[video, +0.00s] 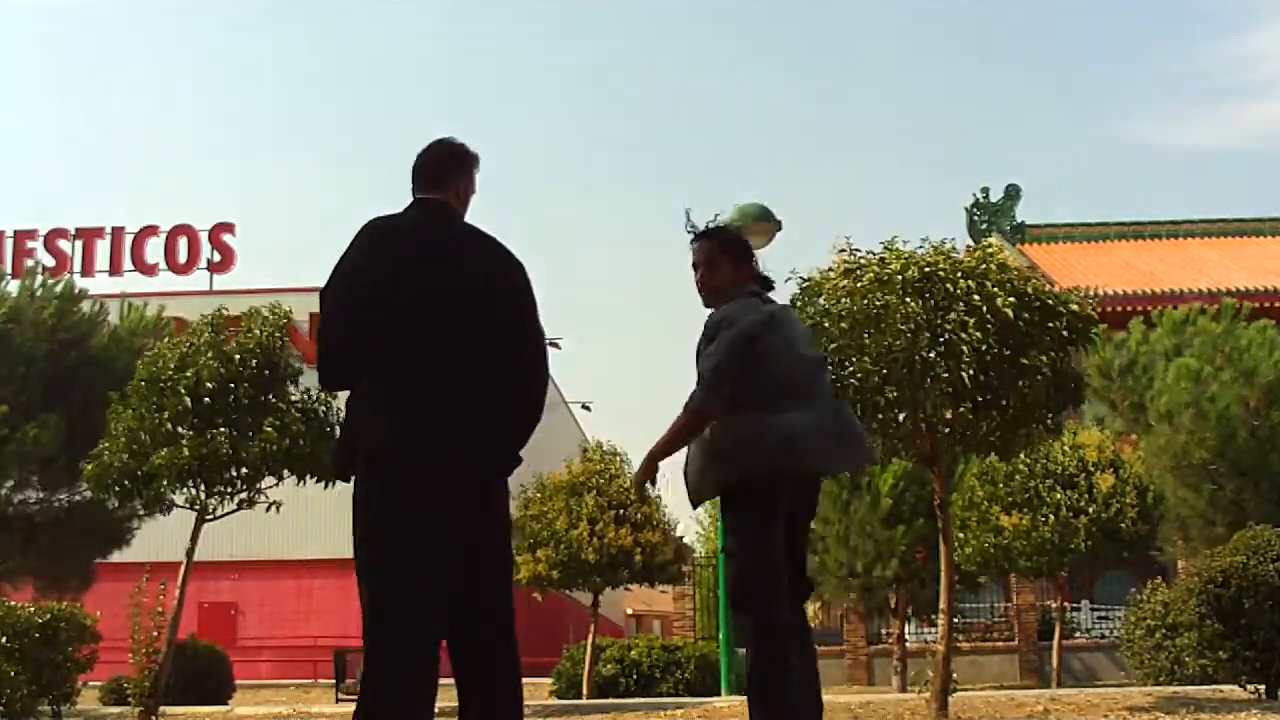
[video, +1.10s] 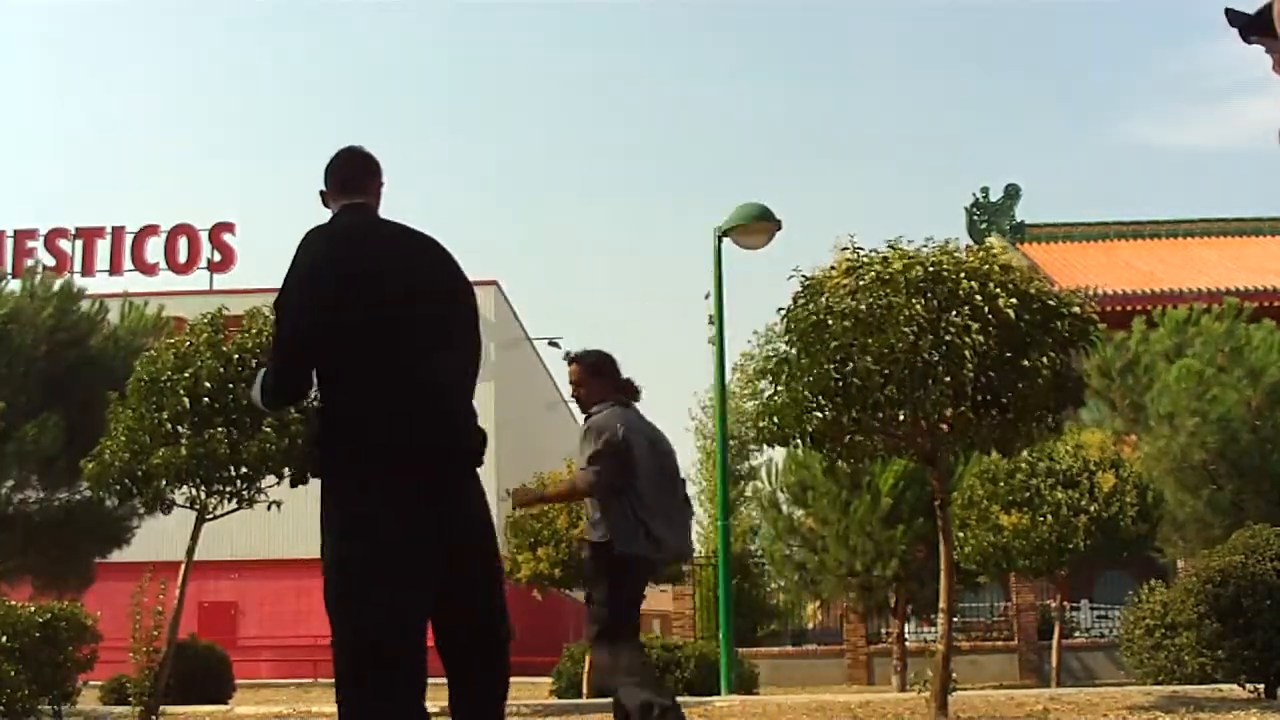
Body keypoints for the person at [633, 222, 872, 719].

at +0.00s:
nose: (697, 278)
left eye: (704, 267)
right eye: (694, 268)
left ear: (737, 267)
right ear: (742, 270)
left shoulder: (738, 322)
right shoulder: (778, 318)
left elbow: (703, 408)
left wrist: (652, 460)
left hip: (758, 479)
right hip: (792, 476)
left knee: (760, 605)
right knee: (781, 602)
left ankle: (776, 710)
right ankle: (799, 708)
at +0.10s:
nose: (699, 298)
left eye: (708, 287)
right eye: (695, 289)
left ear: (740, 287)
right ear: (695, 292)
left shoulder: (736, 341)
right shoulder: (756, 338)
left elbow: (703, 419)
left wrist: (650, 455)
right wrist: (662, 449)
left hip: (754, 486)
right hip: (773, 483)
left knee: (755, 605)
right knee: (761, 604)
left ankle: (779, 709)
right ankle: (781, 707)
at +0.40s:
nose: (689, 316)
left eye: (699, 307)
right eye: (683, 309)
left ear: (727, 310)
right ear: (680, 315)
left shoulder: (720, 353)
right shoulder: (708, 361)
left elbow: (730, 422)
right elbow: (688, 426)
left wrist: (718, 486)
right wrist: (646, 437)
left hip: (723, 494)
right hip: (752, 499)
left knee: (681, 597)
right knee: (751, 610)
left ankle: (717, 701)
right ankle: (759, 708)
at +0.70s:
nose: (635, 361)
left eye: (641, 350)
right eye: (633, 352)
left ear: (670, 350)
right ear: (672, 353)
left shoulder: (666, 394)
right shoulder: (692, 393)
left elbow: (691, 456)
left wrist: (712, 513)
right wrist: (632, 471)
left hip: (659, 528)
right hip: (691, 526)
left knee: (648, 628)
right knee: (702, 619)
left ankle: (661, 712)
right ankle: (744, 691)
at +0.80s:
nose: (617, 362)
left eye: (623, 353)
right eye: (615, 355)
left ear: (651, 352)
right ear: (656, 355)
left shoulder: (649, 396)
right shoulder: (682, 396)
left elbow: (654, 461)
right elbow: (702, 467)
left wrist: (643, 519)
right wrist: (688, 522)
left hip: (656, 526)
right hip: (686, 527)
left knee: (634, 623)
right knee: (675, 623)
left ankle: (656, 710)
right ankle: (712, 700)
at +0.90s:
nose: (605, 368)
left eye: (610, 358)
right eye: (602, 360)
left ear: (636, 356)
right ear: (646, 358)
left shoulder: (633, 397)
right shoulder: (669, 398)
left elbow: (622, 462)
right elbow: (693, 468)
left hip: (644, 529)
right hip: (675, 528)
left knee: (632, 624)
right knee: (646, 622)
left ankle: (655, 709)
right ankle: (666, 707)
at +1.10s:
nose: (573, 394)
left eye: (578, 385)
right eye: (572, 386)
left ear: (602, 383)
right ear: (614, 385)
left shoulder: (605, 423)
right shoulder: (642, 427)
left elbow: (597, 479)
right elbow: (679, 498)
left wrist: (539, 495)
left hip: (616, 547)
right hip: (640, 548)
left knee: (609, 640)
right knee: (620, 638)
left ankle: (653, 708)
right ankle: (633, 708)